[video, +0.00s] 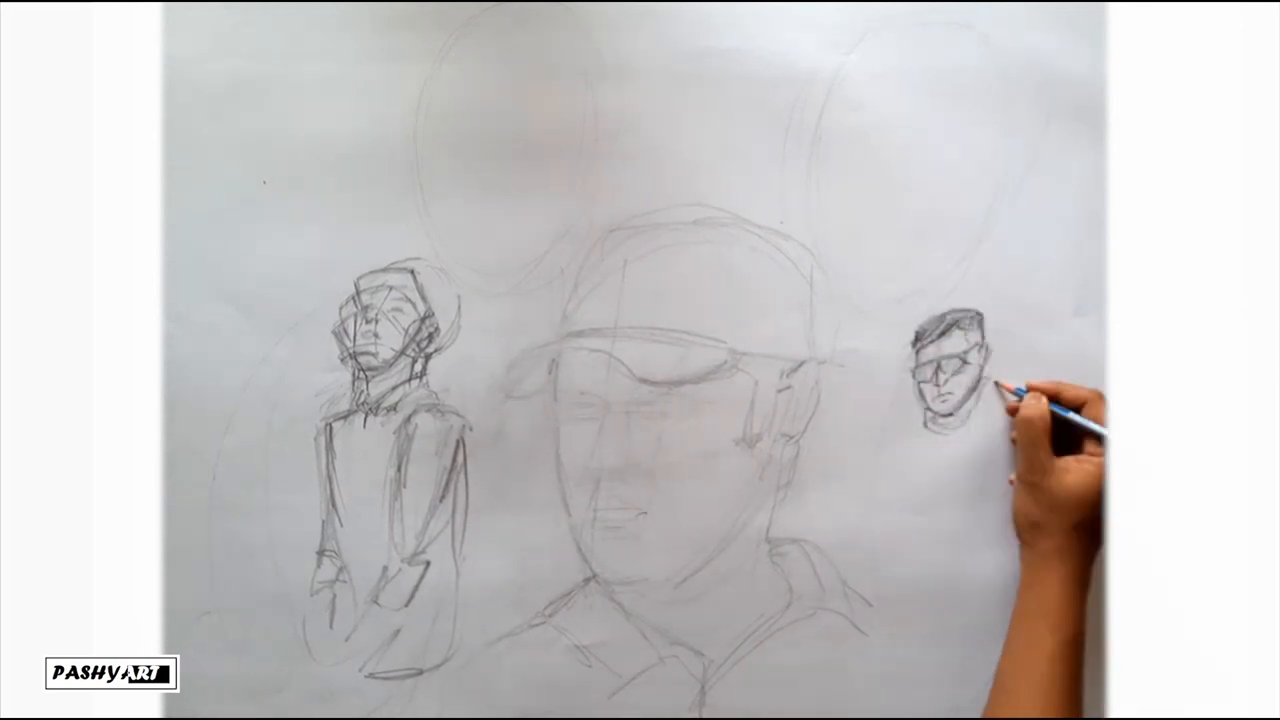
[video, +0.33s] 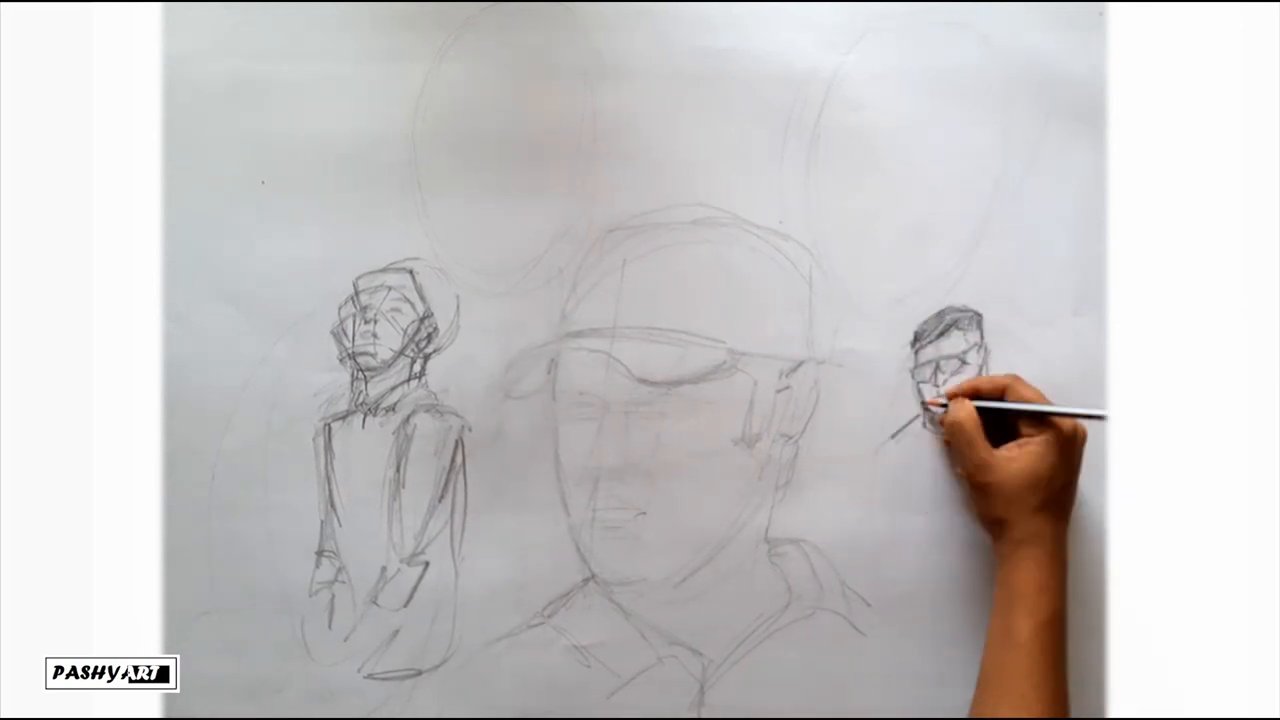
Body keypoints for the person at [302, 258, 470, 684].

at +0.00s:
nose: (372, 325)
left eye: (394, 314)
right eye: (364, 312)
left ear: (425, 334)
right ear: (349, 326)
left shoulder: (436, 427)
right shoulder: (332, 426)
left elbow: (429, 559)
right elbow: (330, 544)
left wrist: (357, 652)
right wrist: (323, 635)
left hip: (414, 624)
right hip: (345, 624)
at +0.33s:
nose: (370, 326)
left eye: (393, 315)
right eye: (363, 314)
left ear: (424, 334)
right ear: (348, 327)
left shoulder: (435, 427)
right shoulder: (330, 428)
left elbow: (429, 560)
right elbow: (329, 547)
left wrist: (353, 655)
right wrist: (321, 641)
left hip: (412, 628)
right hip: (343, 629)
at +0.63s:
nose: (370, 327)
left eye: (392, 314)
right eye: (363, 313)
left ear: (423, 334)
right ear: (347, 327)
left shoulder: (434, 427)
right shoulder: (329, 428)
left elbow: (429, 561)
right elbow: (328, 546)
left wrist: (351, 658)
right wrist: (320, 639)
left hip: (410, 628)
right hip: (342, 629)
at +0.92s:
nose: (369, 326)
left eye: (391, 314)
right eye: (362, 313)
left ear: (422, 333)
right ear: (347, 326)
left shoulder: (433, 427)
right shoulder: (329, 426)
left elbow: (429, 559)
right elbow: (328, 544)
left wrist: (352, 656)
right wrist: (319, 638)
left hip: (411, 629)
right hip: (342, 630)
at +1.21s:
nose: (369, 325)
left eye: (392, 314)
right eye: (362, 312)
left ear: (423, 334)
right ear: (345, 327)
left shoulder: (433, 426)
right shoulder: (329, 426)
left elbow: (427, 561)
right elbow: (329, 542)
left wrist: (351, 658)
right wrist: (318, 632)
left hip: (411, 628)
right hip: (342, 628)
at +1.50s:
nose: (367, 323)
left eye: (390, 311)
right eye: (359, 310)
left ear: (422, 333)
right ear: (343, 326)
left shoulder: (432, 427)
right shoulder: (327, 426)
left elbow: (427, 560)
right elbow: (327, 542)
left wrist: (352, 655)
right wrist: (318, 637)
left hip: (410, 629)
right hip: (340, 628)